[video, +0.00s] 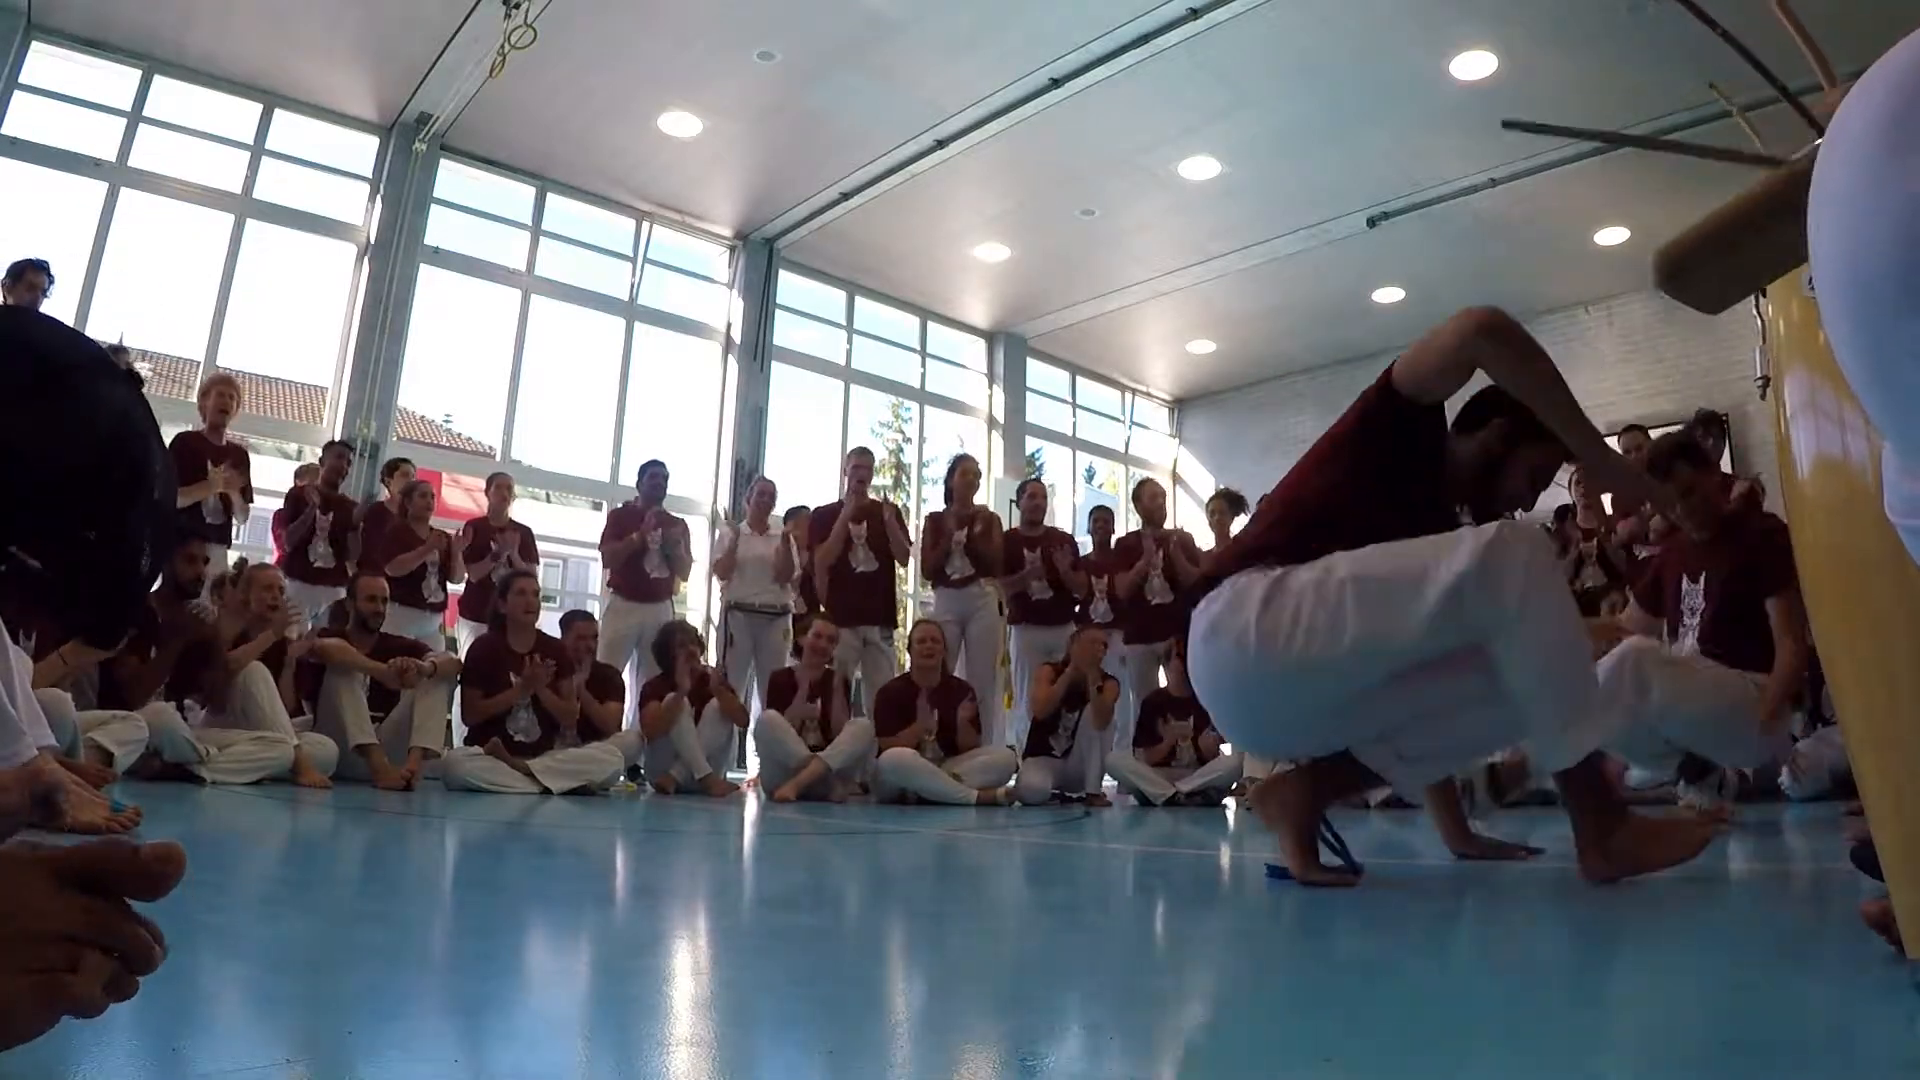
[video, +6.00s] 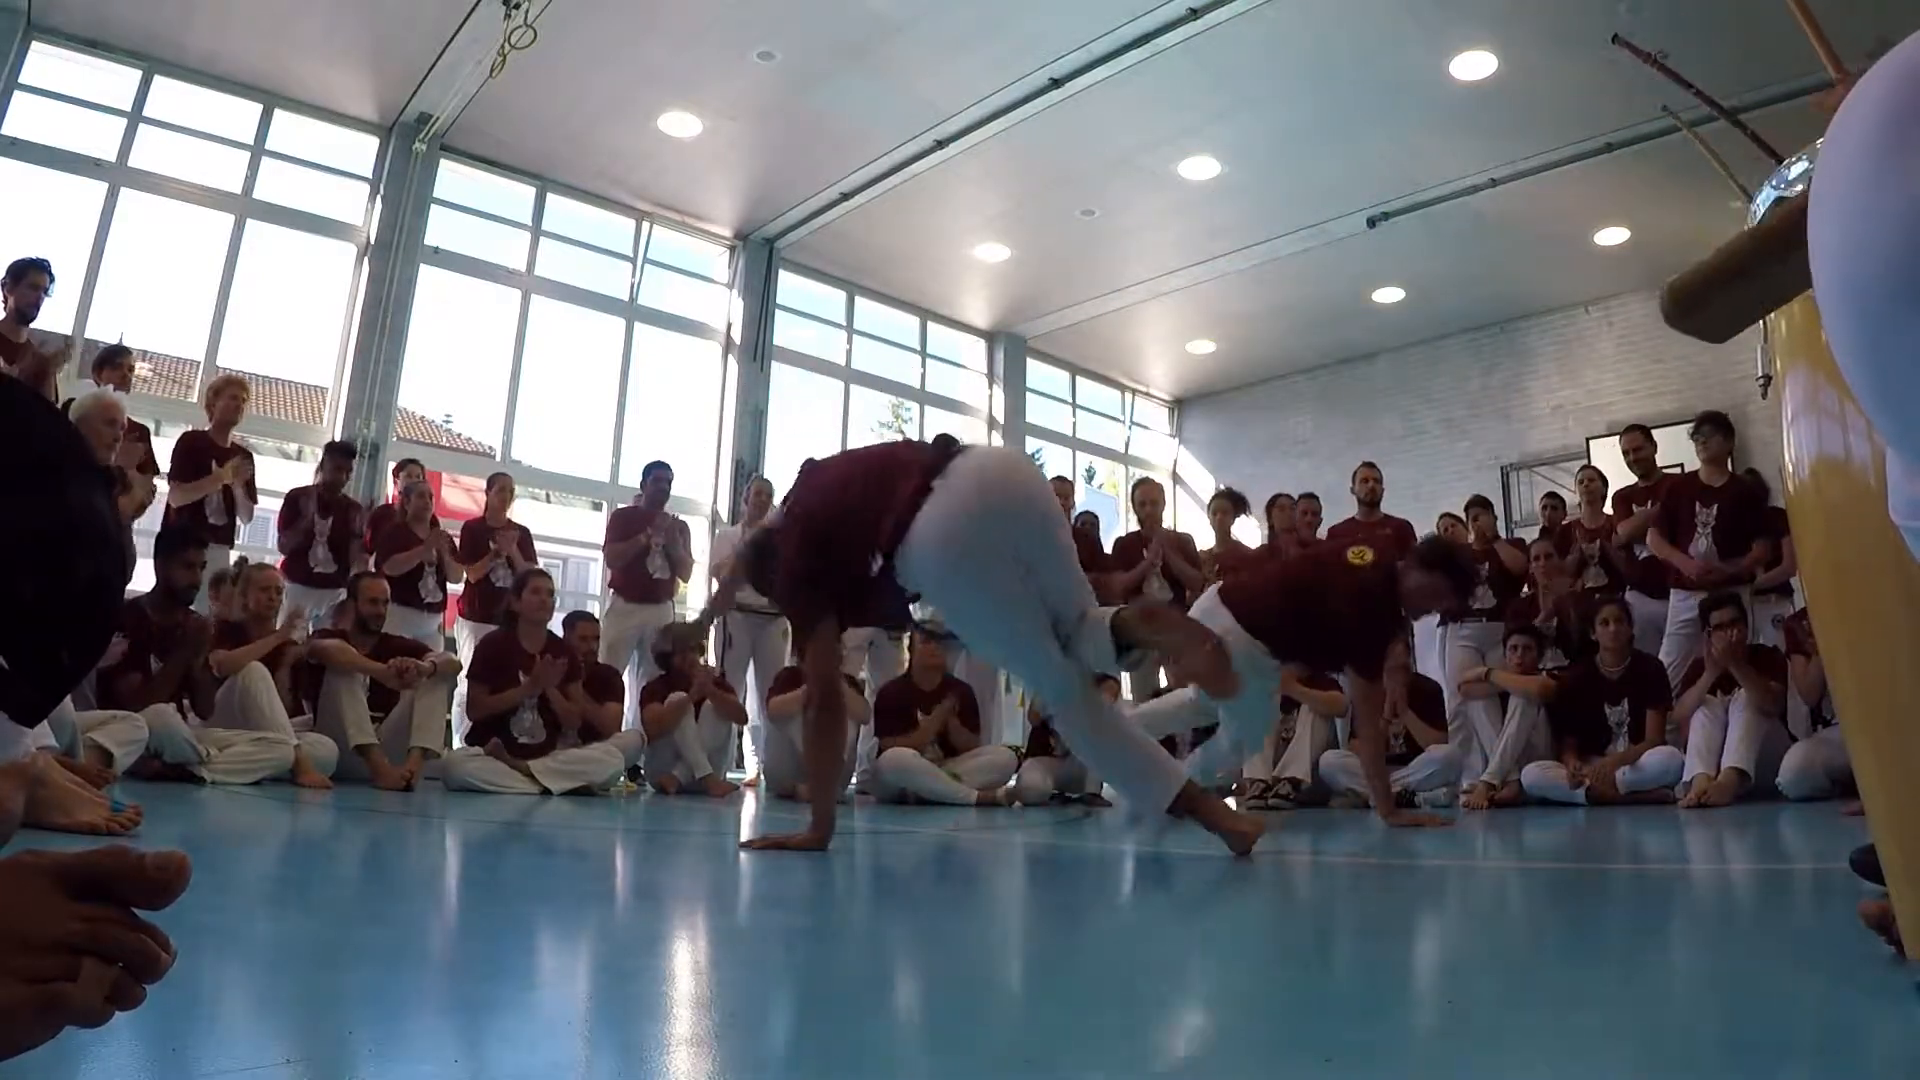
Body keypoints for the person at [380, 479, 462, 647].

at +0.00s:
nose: (429, 502)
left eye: (432, 497)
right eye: (423, 496)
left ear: (436, 502)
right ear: (407, 501)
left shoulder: (441, 537)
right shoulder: (397, 532)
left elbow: (456, 579)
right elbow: (392, 569)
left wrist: (457, 551)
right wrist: (427, 548)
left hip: (434, 614)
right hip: (401, 610)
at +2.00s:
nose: (424, 502)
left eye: (426, 496)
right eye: (417, 497)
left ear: (431, 500)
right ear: (403, 504)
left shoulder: (440, 534)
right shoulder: (392, 535)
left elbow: (457, 577)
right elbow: (392, 569)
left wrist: (443, 554)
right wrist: (430, 548)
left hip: (434, 615)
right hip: (400, 612)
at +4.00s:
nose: (425, 501)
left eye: (429, 497)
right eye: (419, 496)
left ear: (433, 502)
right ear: (406, 502)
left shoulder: (440, 536)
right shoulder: (394, 532)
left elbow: (458, 575)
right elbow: (392, 569)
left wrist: (441, 556)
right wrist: (428, 549)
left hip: (434, 614)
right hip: (400, 610)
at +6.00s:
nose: (428, 501)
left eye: (430, 497)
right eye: (421, 496)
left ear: (434, 502)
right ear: (406, 502)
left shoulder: (441, 537)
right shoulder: (395, 532)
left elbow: (457, 577)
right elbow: (389, 567)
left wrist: (445, 553)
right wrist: (425, 549)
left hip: (434, 614)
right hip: (402, 611)